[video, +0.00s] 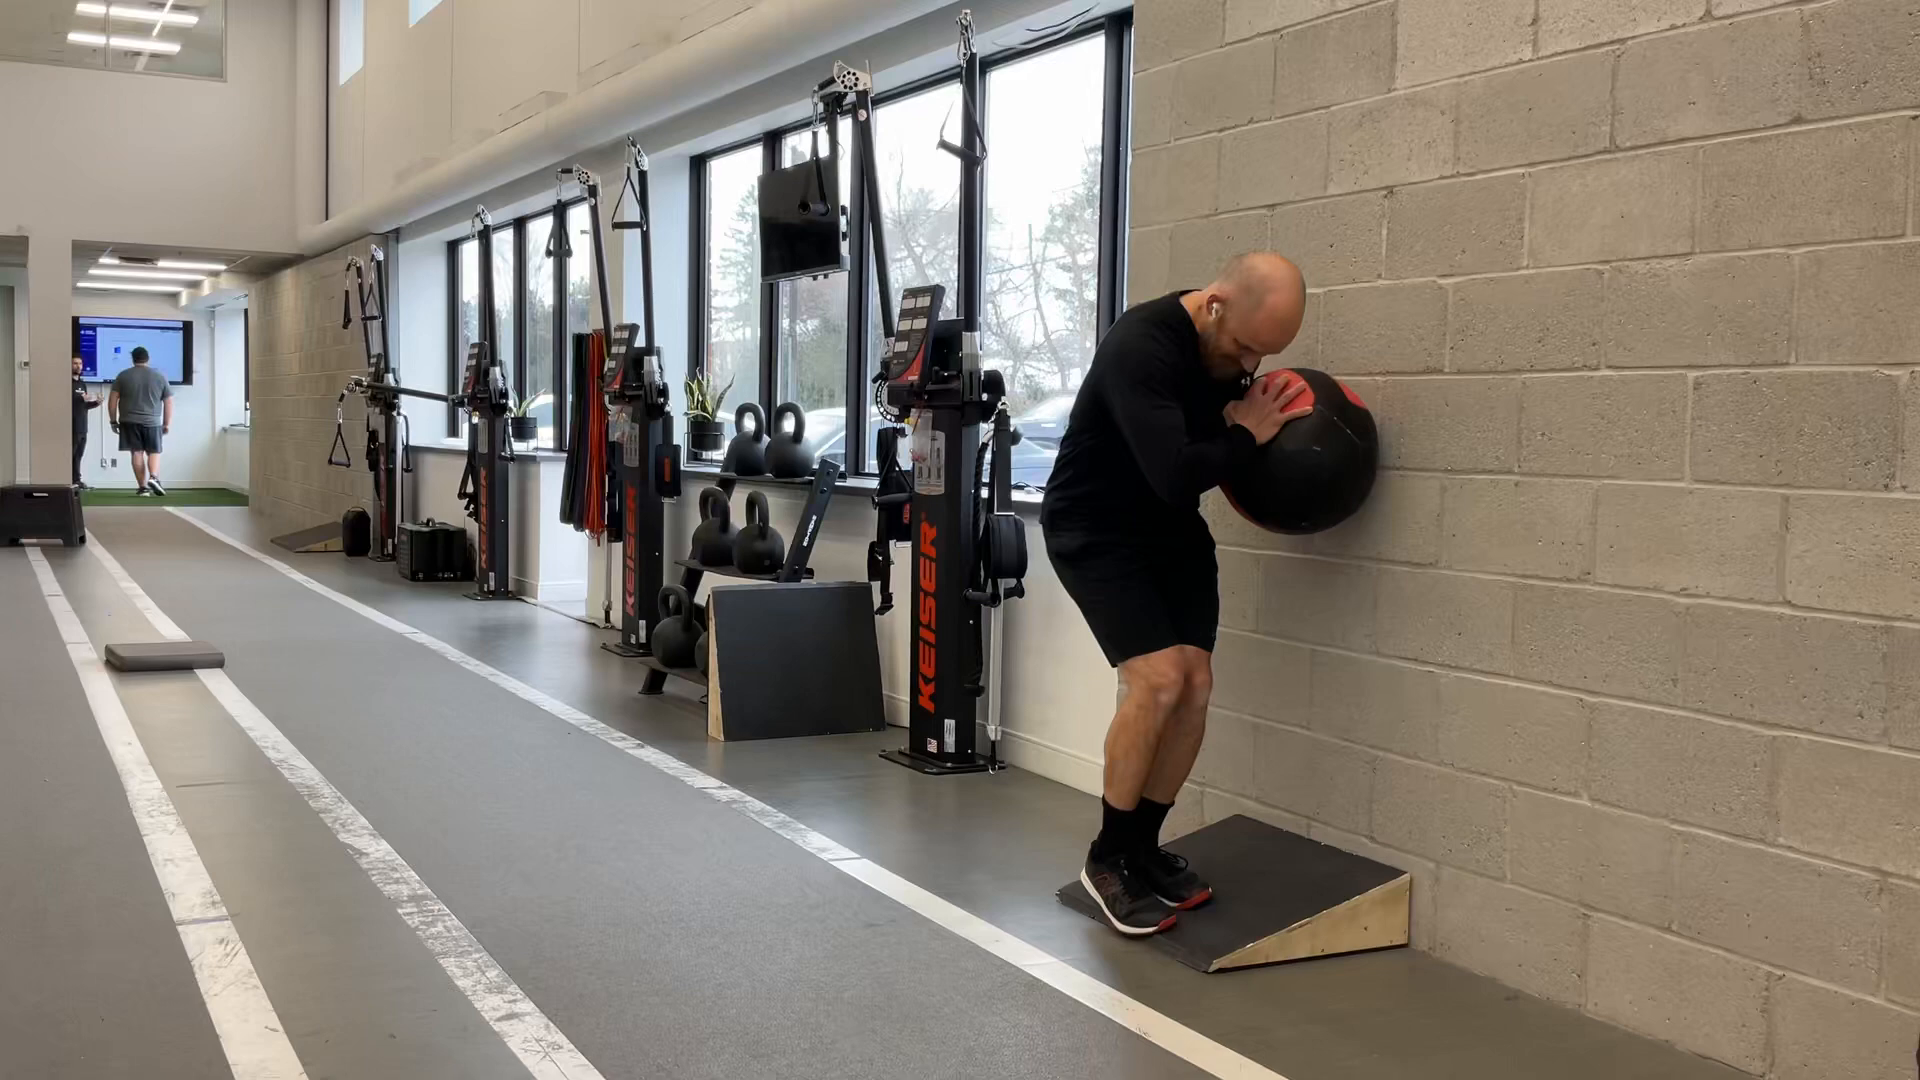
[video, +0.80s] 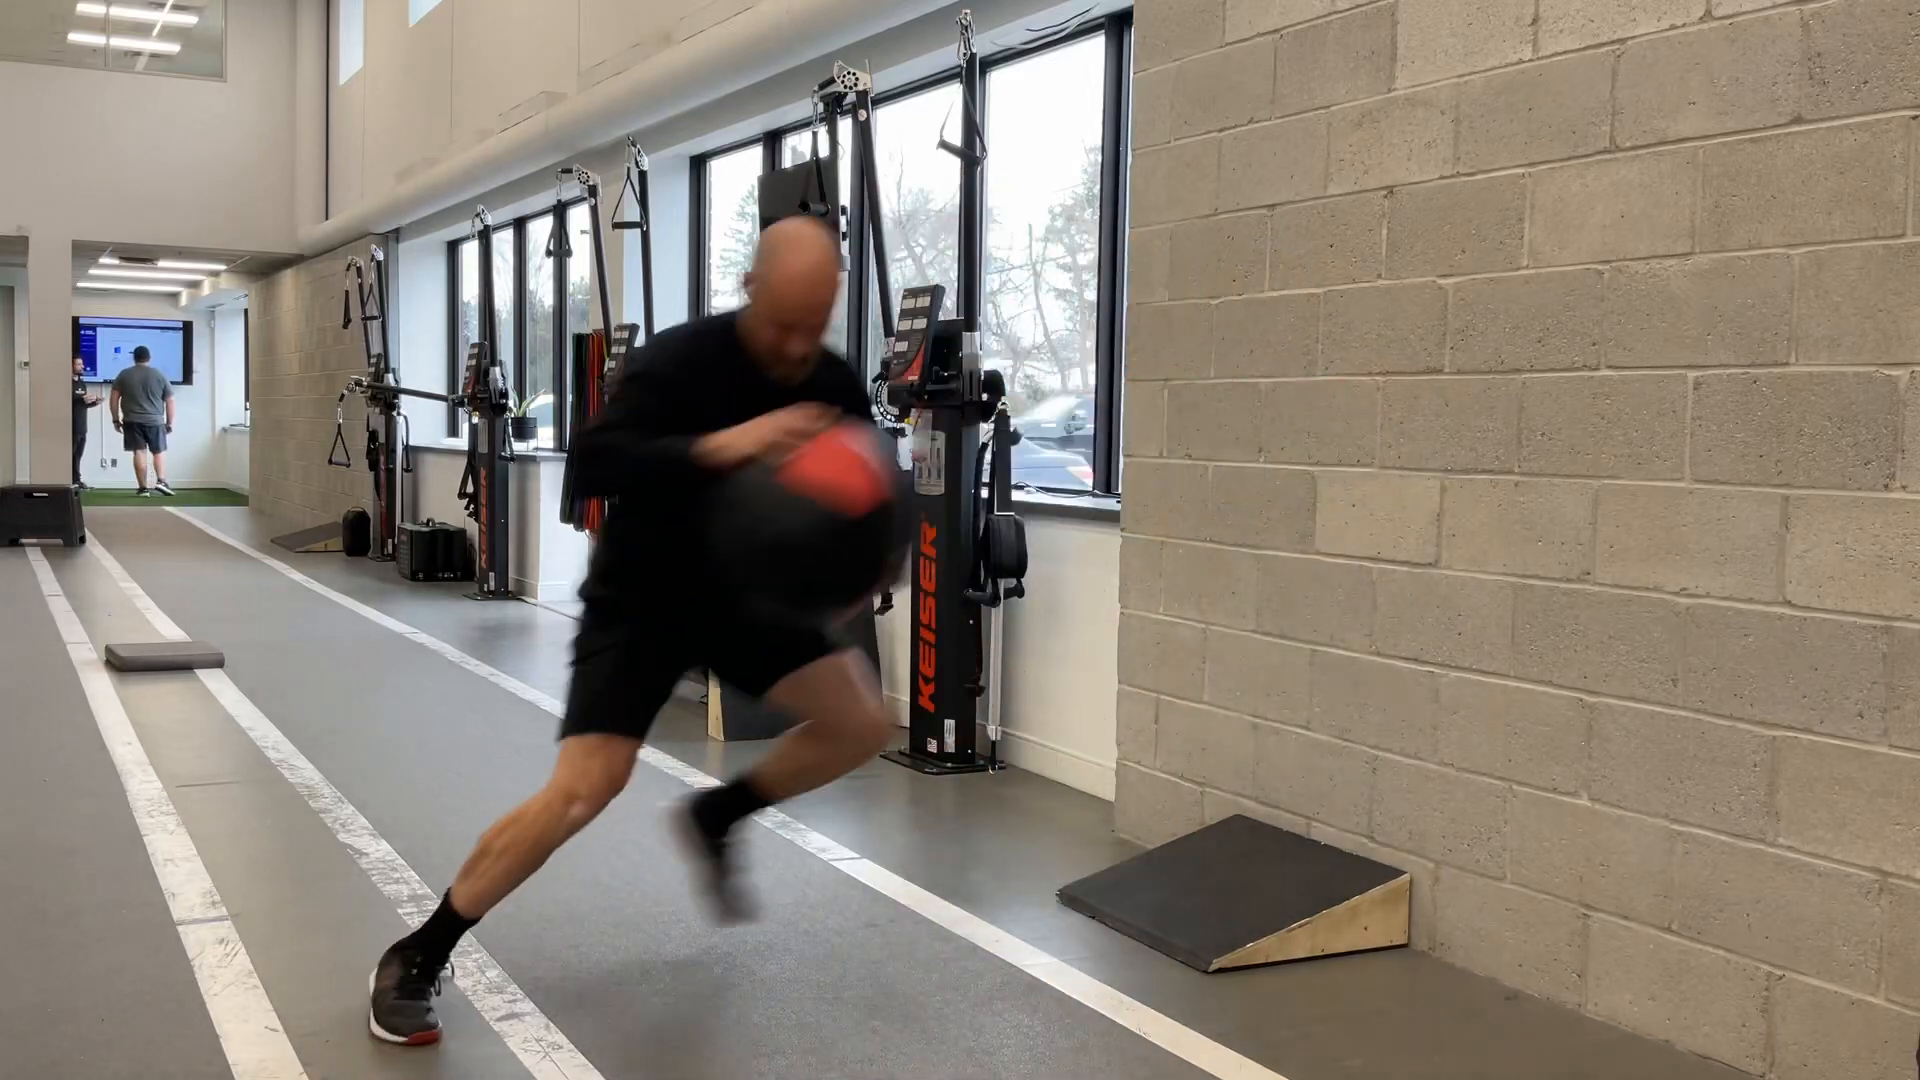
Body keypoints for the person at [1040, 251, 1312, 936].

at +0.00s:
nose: (1252, 366)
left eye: (1264, 355)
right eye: (1245, 349)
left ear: (1278, 329)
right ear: (1212, 304)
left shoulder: (1226, 351)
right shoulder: (1140, 346)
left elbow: (1224, 452)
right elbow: (1172, 475)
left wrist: (1295, 422)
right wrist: (1245, 431)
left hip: (1173, 524)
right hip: (1096, 523)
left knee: (1194, 682)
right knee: (1159, 679)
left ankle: (1142, 848)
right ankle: (1109, 857)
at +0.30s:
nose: (1222, 382)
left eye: (1235, 371)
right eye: (1213, 365)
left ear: (1251, 345)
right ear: (1180, 322)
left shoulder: (1183, 357)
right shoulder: (1127, 377)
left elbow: (1180, 459)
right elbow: (1196, 507)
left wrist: (1228, 437)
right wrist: (1247, 448)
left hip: (1117, 537)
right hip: (1037, 536)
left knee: (1184, 693)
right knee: (1089, 698)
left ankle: (1140, 852)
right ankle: (1019, 871)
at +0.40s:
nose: (1187, 376)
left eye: (1197, 365)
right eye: (1178, 360)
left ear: (1214, 338)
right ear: (1138, 325)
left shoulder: (1147, 370)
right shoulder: (1100, 387)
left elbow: (1192, 448)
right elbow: (1192, 500)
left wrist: (1247, 441)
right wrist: (1250, 459)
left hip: (1082, 552)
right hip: (995, 553)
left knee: (1178, 704)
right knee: (972, 714)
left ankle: (1139, 852)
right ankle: (868, 875)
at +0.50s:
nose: (1112, 337)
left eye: (1122, 321)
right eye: (1099, 318)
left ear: (1132, 307)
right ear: (1061, 297)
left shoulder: (1098, 355)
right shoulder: (1032, 365)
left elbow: (1142, 445)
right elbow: (1135, 463)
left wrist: (1215, 450)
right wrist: (1222, 444)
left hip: (1023, 556)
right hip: (929, 551)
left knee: (1132, 706)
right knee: (854, 690)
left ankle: (1135, 853)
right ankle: (722, 859)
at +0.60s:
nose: (1023, 288)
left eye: (1034, 274)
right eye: (1011, 271)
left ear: (1038, 260)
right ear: (968, 245)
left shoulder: (1012, 325)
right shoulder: (926, 302)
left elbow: (1049, 420)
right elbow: (983, 418)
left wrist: (1126, 441)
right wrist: (1092, 417)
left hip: (942, 530)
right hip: (847, 520)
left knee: (1029, 690)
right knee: (739, 680)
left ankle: (1108, 844)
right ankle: (586, 873)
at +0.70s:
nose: (916, 291)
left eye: (927, 273)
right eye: (900, 272)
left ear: (937, 263)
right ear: (855, 245)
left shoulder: (922, 327)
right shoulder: (804, 299)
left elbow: (943, 442)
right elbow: (785, 408)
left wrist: (990, 422)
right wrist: (909, 398)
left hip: (837, 541)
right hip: (745, 540)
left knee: (969, 676)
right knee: (639, 725)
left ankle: (934, 826)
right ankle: (477, 915)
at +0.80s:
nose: (799, 343)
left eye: (815, 326)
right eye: (784, 324)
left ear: (834, 307)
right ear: (750, 292)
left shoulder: (833, 385)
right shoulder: (675, 364)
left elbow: (872, 500)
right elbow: (595, 465)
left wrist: (861, 565)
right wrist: (713, 448)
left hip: (750, 596)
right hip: (642, 597)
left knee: (860, 724)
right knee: (584, 787)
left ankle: (717, 812)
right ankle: (421, 956)